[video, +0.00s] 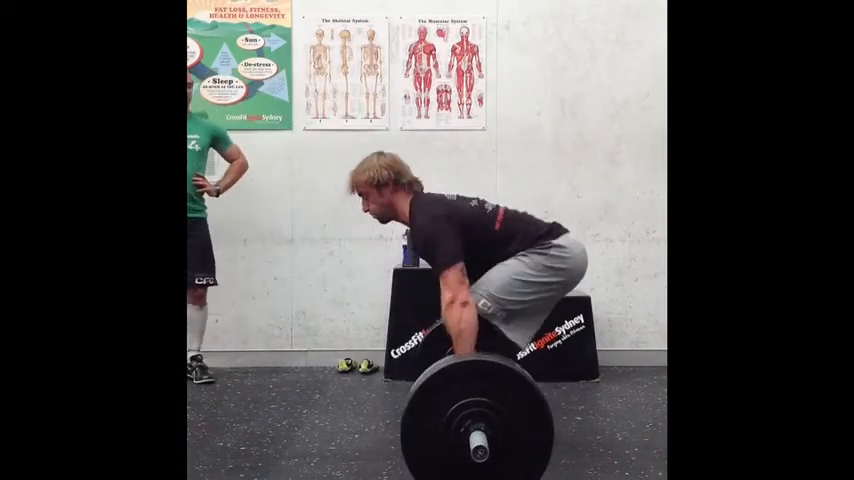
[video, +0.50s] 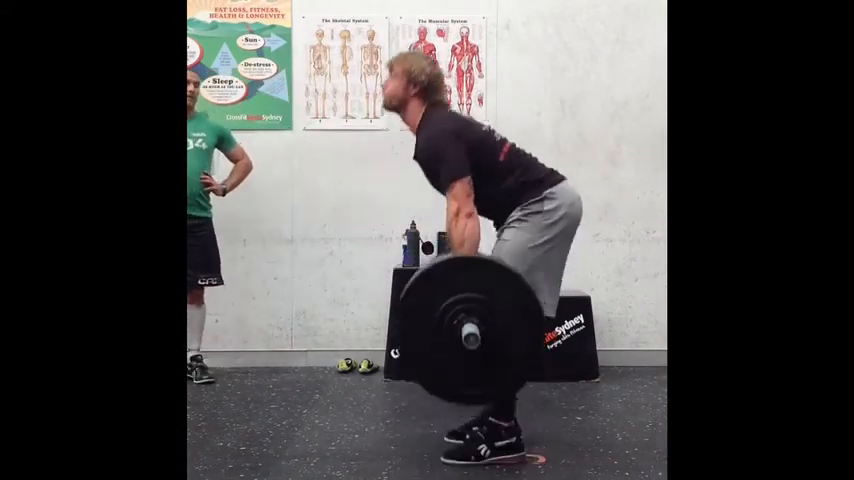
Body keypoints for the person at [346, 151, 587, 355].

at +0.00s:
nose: (364, 208)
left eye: (365, 198)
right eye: (361, 200)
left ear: (388, 188)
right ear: (388, 188)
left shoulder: (430, 218)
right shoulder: (426, 214)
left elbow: (459, 300)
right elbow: (455, 295)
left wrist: (465, 375)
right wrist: (464, 373)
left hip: (553, 253)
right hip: (550, 250)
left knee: (469, 310)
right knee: (464, 310)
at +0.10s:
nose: (364, 198)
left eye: (366, 187)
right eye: (363, 189)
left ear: (390, 182)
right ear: (392, 182)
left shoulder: (430, 216)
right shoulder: (428, 212)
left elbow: (458, 299)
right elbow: (455, 292)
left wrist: (464, 374)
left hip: (550, 256)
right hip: (551, 255)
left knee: (468, 316)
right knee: (482, 336)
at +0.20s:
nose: (362, 183)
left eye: (367, 172)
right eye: (363, 173)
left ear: (390, 171)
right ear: (388, 172)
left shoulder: (430, 208)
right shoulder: (428, 206)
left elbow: (459, 293)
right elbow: (454, 287)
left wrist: (464, 366)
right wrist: (465, 367)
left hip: (550, 245)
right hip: (550, 243)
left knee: (470, 309)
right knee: (484, 328)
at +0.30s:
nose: (363, 162)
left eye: (369, 152)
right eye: (365, 153)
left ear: (392, 155)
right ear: (391, 156)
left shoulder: (431, 193)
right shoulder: (426, 192)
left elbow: (462, 277)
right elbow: (450, 271)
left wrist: (462, 350)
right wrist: (460, 349)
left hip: (550, 231)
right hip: (549, 230)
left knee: (480, 304)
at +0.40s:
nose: (370, 128)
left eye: (376, 119)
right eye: (373, 119)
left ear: (399, 126)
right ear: (402, 126)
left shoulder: (432, 168)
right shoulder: (432, 164)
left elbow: (463, 249)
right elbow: (456, 247)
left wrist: (464, 328)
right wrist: (461, 321)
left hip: (546, 219)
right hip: (551, 217)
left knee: (481, 309)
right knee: (507, 323)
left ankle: (493, 436)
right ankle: (501, 433)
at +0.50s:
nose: (383, 85)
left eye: (390, 77)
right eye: (386, 77)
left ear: (413, 86)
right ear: (416, 88)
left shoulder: (440, 132)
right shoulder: (434, 131)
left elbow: (465, 213)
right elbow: (460, 212)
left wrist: (464, 290)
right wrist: (460, 286)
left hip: (544, 205)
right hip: (534, 206)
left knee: (501, 310)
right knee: (494, 307)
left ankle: (502, 426)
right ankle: (495, 418)